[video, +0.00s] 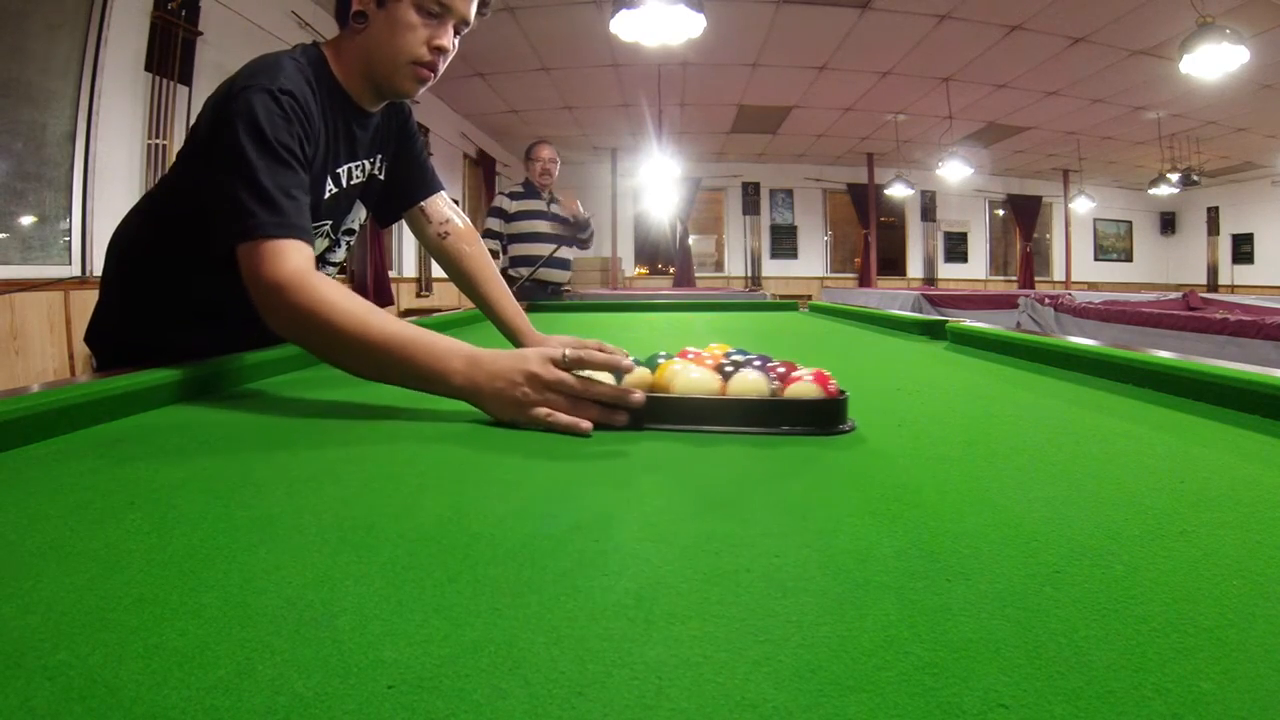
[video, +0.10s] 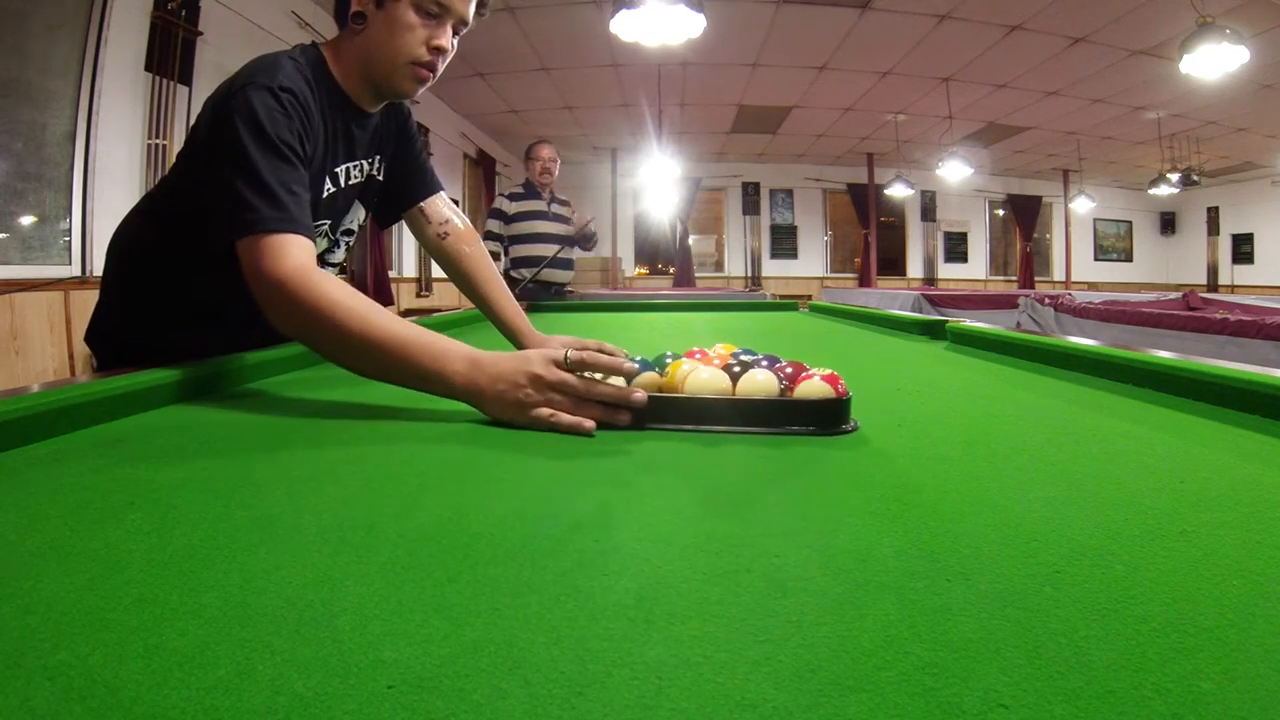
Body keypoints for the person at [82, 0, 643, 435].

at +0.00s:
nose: (447, 44)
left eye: (458, 30)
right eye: (430, 15)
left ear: (463, 40)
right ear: (363, 7)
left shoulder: (391, 120)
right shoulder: (269, 97)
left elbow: (448, 230)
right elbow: (285, 287)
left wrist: (526, 339)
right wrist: (476, 374)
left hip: (264, 338)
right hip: (157, 343)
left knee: (241, 524)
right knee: (141, 535)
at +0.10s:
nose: (446, 44)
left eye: (457, 30)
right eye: (430, 16)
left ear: (462, 40)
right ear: (361, 7)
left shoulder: (390, 120)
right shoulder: (268, 98)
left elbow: (448, 231)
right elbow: (287, 281)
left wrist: (527, 339)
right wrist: (477, 375)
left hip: (267, 337)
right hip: (158, 344)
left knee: (244, 524)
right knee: (143, 534)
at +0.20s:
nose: (446, 44)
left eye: (457, 30)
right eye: (429, 16)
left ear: (462, 40)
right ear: (362, 8)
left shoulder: (390, 121)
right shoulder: (270, 97)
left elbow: (447, 230)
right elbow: (287, 279)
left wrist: (528, 338)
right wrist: (472, 381)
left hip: (266, 336)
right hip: (158, 341)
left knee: (245, 520)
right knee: (145, 530)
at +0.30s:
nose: (446, 44)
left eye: (457, 31)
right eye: (430, 17)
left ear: (461, 42)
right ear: (362, 8)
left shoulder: (391, 121)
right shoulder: (271, 96)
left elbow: (448, 231)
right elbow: (290, 275)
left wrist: (528, 338)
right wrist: (474, 383)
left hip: (267, 335)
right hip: (160, 341)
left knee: (246, 520)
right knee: (145, 529)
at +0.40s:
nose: (446, 45)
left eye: (457, 33)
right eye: (431, 17)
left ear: (459, 45)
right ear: (364, 7)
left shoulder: (391, 122)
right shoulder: (271, 94)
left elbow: (447, 232)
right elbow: (290, 273)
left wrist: (528, 339)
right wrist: (474, 383)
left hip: (266, 336)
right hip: (158, 341)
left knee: (246, 522)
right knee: (143, 532)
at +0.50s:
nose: (447, 48)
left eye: (458, 35)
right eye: (433, 20)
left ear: (459, 45)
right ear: (367, 6)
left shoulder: (390, 122)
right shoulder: (271, 94)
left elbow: (446, 231)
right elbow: (293, 272)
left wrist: (528, 339)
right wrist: (474, 383)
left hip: (265, 336)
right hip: (157, 341)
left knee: (246, 523)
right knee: (143, 533)